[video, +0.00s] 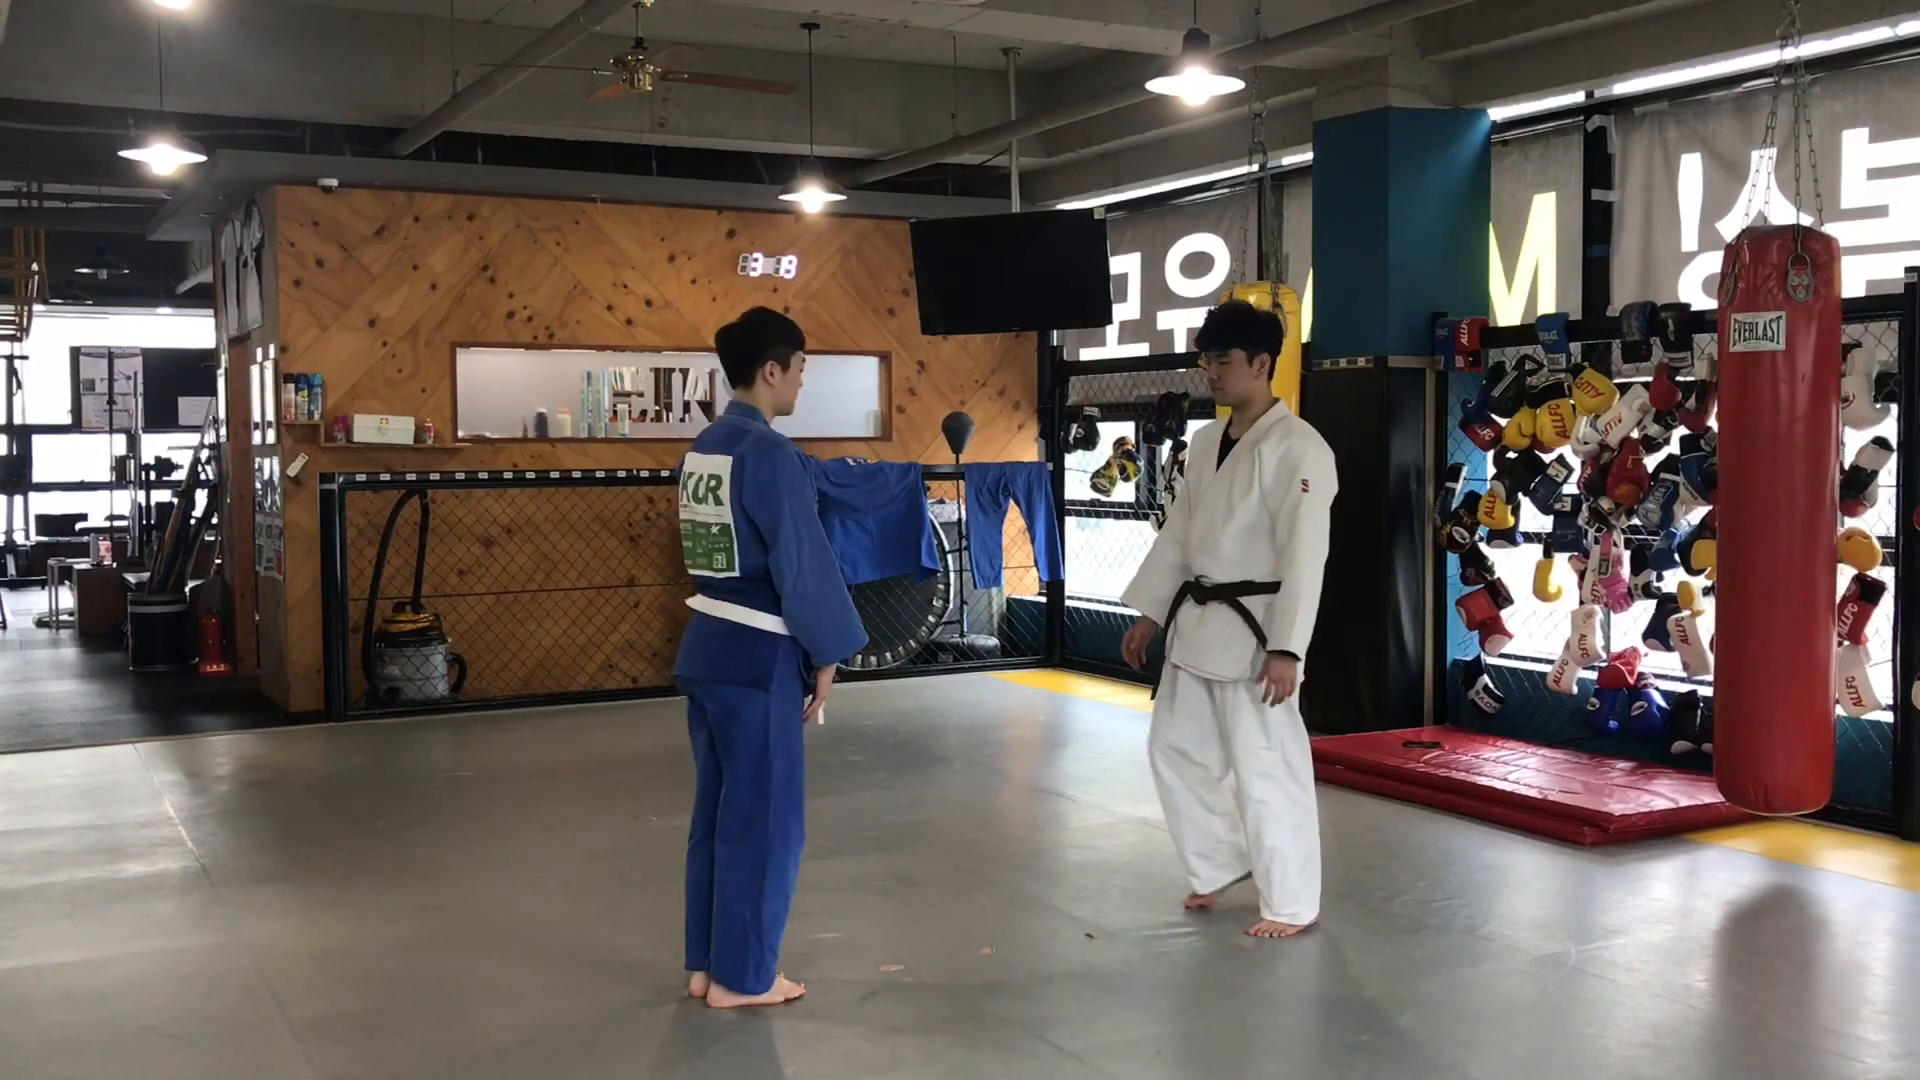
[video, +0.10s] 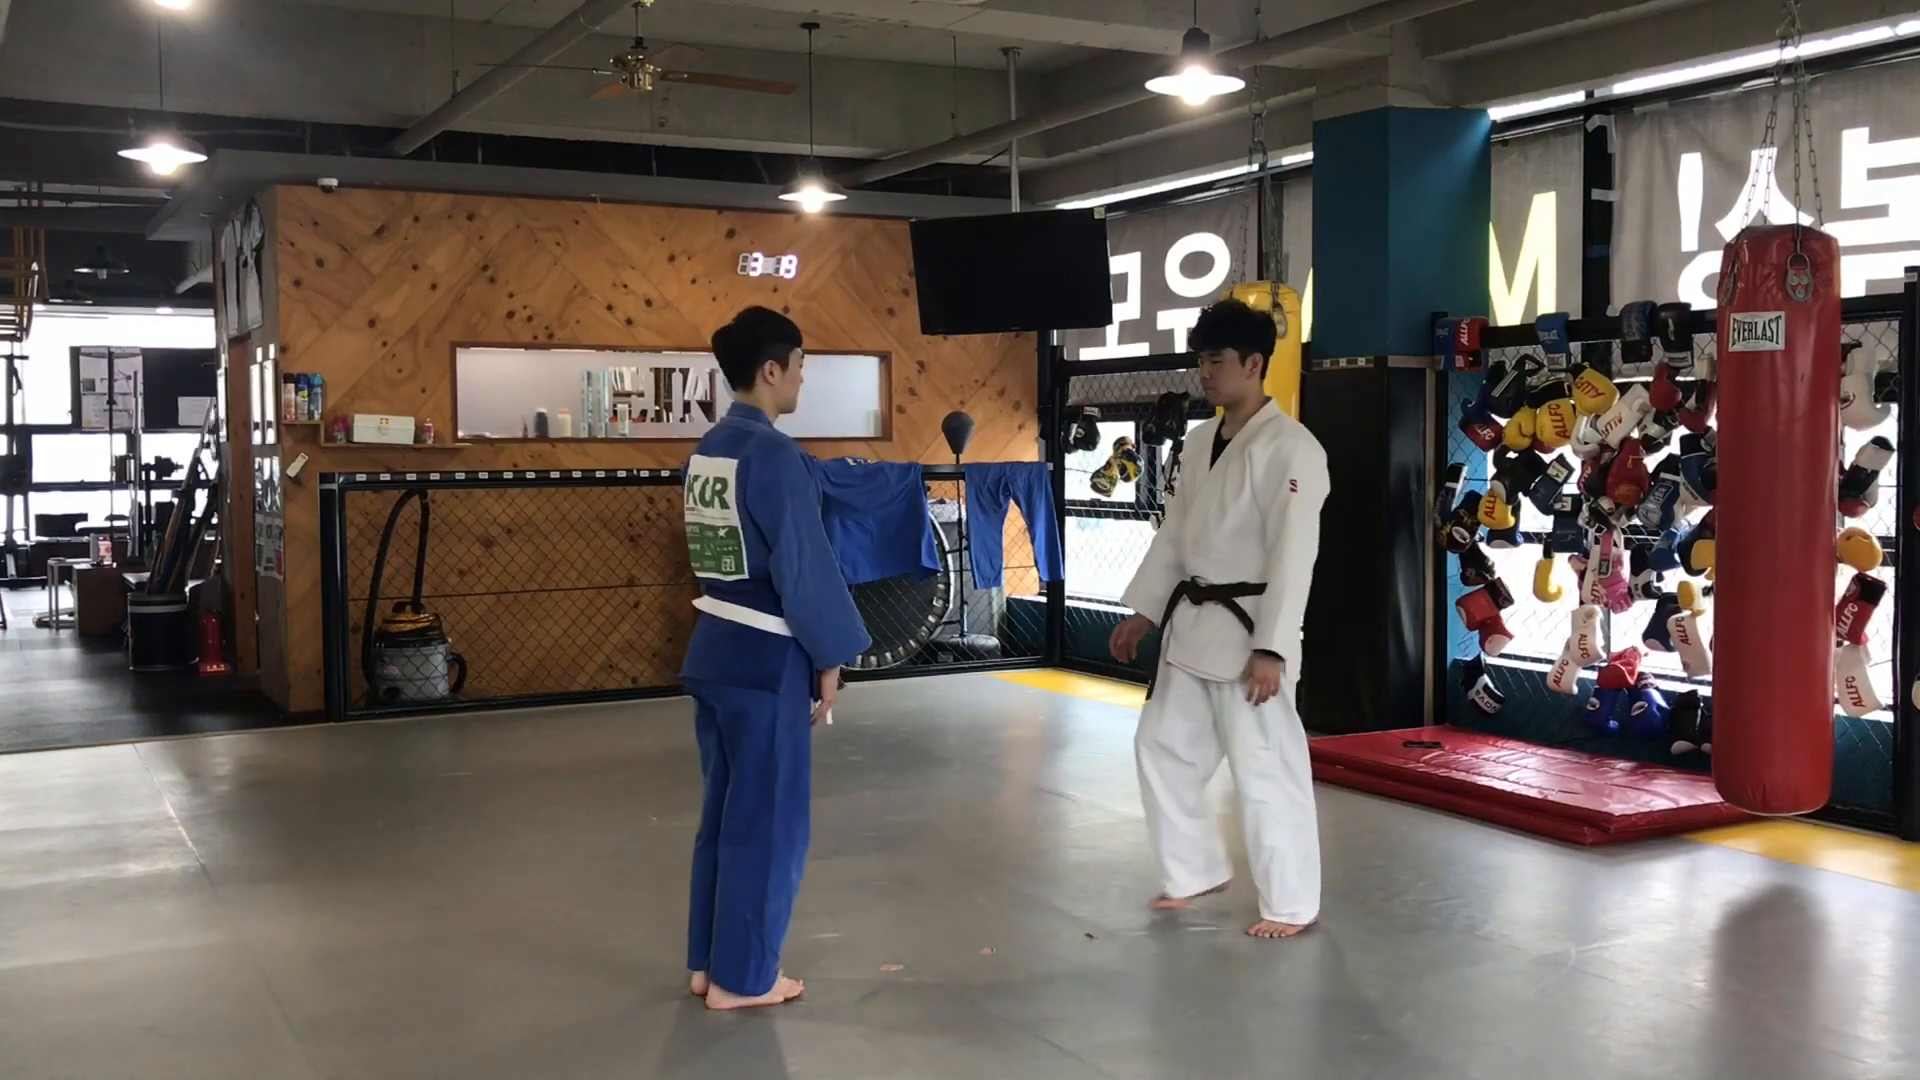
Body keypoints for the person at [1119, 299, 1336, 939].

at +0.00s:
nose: (1209, 370)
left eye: (1222, 359)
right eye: (1207, 359)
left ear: (1262, 363)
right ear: (1210, 365)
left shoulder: (1301, 449)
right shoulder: (1204, 442)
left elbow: (1306, 555)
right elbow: (1177, 533)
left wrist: (1288, 647)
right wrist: (1148, 610)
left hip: (1256, 632)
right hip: (1194, 625)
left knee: (1269, 768)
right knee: (1176, 747)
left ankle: (1294, 904)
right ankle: (1221, 863)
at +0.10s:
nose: (1202, 372)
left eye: (1214, 361)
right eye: (1200, 361)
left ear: (1254, 364)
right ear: (1208, 367)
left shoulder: (1292, 449)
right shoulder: (1199, 442)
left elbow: (1294, 555)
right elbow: (1172, 534)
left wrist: (1273, 646)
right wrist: (1141, 608)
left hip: (1252, 632)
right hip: (1191, 627)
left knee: (1268, 770)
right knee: (1162, 746)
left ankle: (1293, 903)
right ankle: (1196, 871)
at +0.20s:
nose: (1192, 374)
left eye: (1204, 362)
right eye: (1189, 362)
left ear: (1243, 366)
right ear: (1196, 367)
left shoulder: (1279, 445)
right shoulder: (1190, 440)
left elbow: (1278, 552)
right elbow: (1165, 532)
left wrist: (1251, 645)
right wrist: (1129, 606)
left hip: (1248, 627)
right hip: (1183, 623)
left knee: (1263, 771)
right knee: (1160, 758)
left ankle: (1291, 903)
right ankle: (1157, 893)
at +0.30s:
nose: (1178, 376)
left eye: (1190, 364)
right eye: (1175, 364)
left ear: (1229, 367)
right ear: (1181, 369)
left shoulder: (1266, 448)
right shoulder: (1175, 442)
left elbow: (1259, 552)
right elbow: (1153, 535)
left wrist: (1224, 642)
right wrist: (1106, 604)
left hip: (1231, 627)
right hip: (1171, 622)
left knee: (1258, 771)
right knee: (1155, 766)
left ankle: (1292, 902)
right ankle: (1138, 897)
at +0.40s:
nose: (1166, 375)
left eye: (1178, 362)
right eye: (1162, 363)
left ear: (1215, 365)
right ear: (1163, 367)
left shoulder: (1251, 446)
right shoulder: (1159, 442)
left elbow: (1238, 549)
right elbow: (1132, 531)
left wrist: (1195, 632)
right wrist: (1078, 593)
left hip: (1214, 620)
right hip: (1152, 616)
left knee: (1245, 766)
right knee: (1144, 765)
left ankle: (1288, 896)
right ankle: (1138, 901)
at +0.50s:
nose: (1150, 372)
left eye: (1161, 360)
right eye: (1148, 361)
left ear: (1200, 361)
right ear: (1158, 364)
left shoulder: (1233, 443)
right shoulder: (1143, 440)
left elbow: (1217, 541)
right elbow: (1109, 524)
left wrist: (1164, 615)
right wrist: (1055, 575)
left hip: (1196, 617)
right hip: (1135, 612)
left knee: (1226, 761)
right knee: (1135, 763)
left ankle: (1284, 884)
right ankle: (1138, 900)